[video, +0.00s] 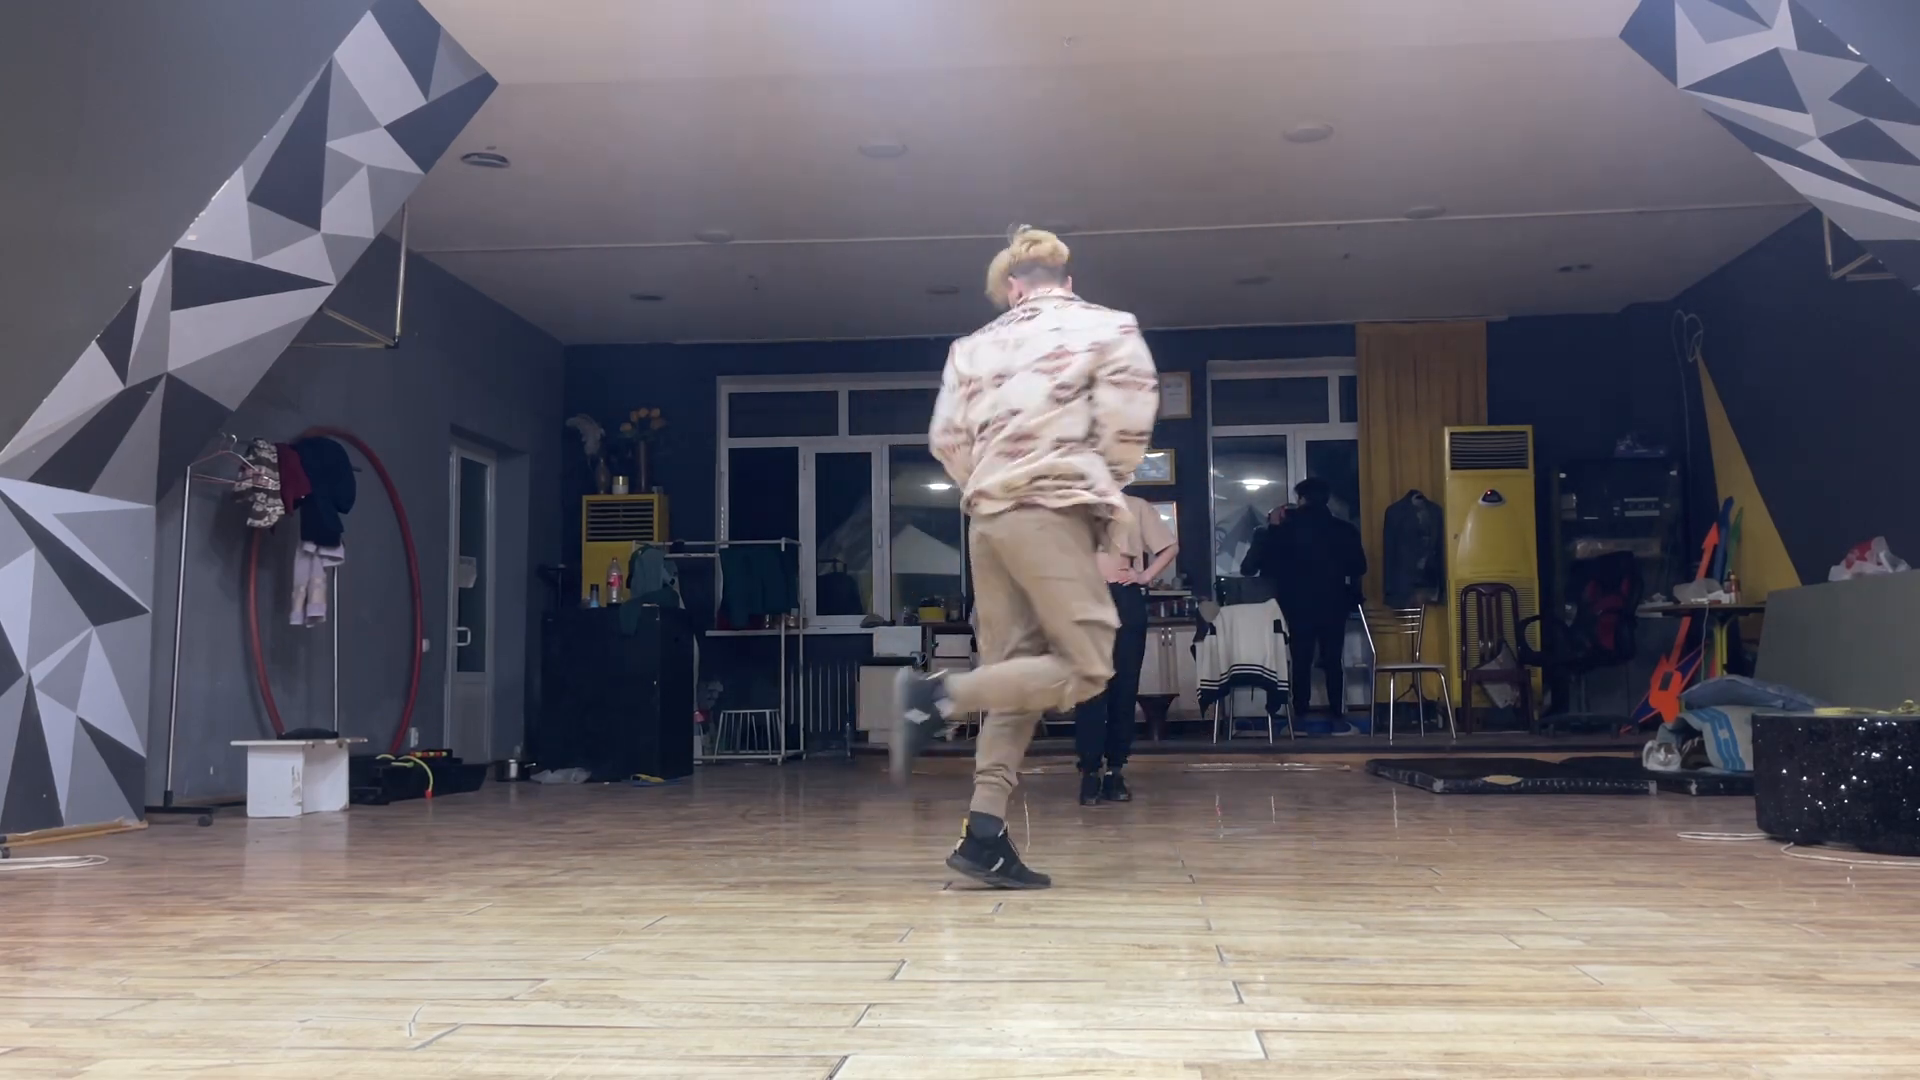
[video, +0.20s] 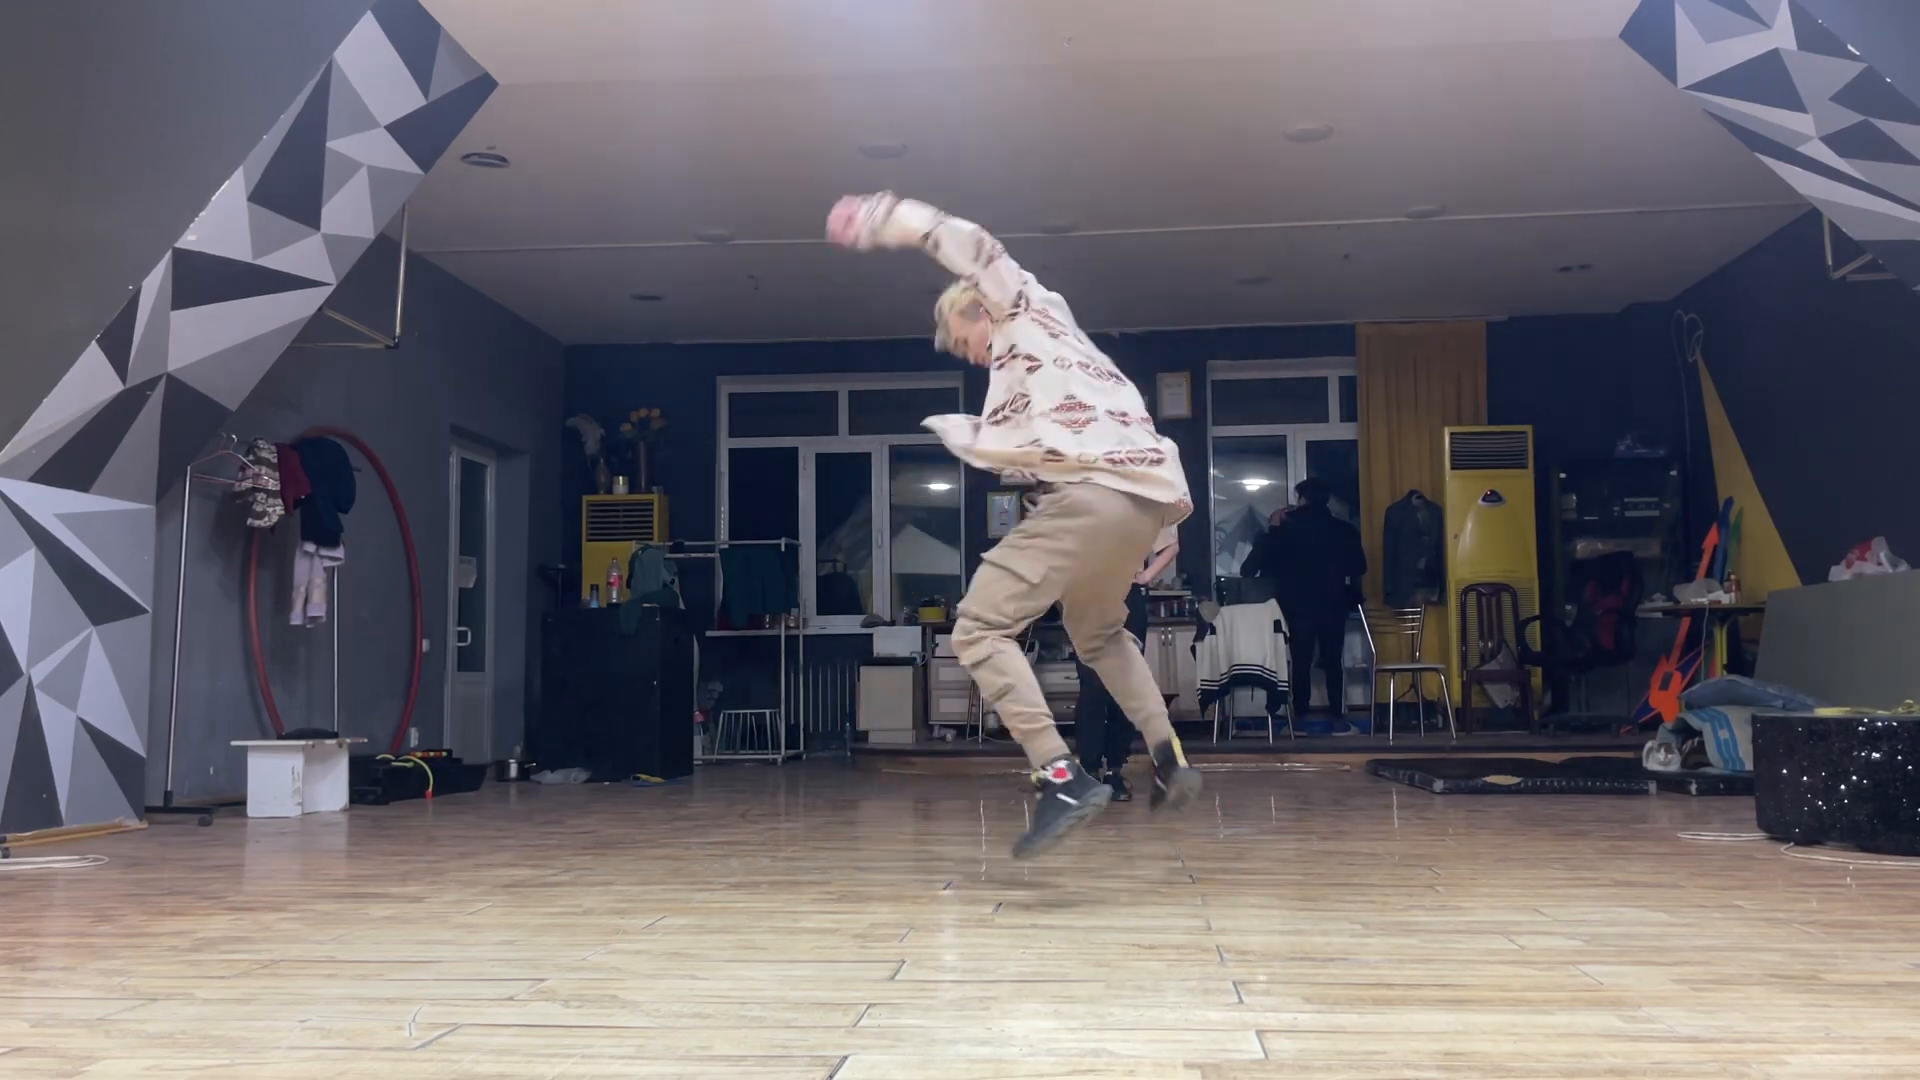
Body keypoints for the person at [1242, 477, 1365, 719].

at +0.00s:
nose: (1298, 503)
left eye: (1299, 499)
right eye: (1301, 499)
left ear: (1301, 500)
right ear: (1327, 500)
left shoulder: (1286, 528)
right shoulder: (1344, 529)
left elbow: (1250, 567)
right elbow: (1358, 568)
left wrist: (1270, 527)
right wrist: (1355, 597)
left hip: (1298, 605)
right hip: (1333, 604)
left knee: (1300, 661)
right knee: (1333, 661)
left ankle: (1300, 717)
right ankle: (1337, 718)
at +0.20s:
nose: (1298, 502)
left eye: (1299, 498)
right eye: (1300, 498)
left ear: (1302, 499)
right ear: (1327, 499)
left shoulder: (1287, 528)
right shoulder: (1345, 529)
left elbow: (1252, 567)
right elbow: (1358, 568)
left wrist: (1272, 529)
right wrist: (1354, 598)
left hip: (1297, 604)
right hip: (1333, 603)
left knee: (1300, 660)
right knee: (1333, 661)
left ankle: (1300, 716)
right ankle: (1337, 718)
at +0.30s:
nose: (1299, 502)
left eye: (1300, 498)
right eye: (1300, 498)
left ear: (1303, 499)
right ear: (1326, 500)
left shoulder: (1287, 528)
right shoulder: (1345, 529)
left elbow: (1269, 566)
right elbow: (1358, 567)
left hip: (1298, 604)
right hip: (1332, 603)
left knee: (1300, 661)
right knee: (1333, 661)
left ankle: (1299, 718)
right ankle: (1337, 718)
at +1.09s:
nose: (1285, 509)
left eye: (1285, 505)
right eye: (1286, 505)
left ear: (1286, 505)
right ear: (1310, 503)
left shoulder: (1276, 530)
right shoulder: (1330, 526)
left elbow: (1264, 568)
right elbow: (1347, 561)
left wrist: (1277, 592)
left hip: (1294, 605)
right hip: (1328, 603)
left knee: (1299, 663)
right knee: (1331, 662)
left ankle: (1299, 718)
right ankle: (1336, 719)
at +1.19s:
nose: (1282, 510)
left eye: (1282, 506)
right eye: (1282, 506)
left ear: (1284, 506)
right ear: (1307, 503)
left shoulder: (1275, 530)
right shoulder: (1326, 525)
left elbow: (1262, 569)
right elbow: (1342, 560)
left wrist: (1277, 591)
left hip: (1293, 605)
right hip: (1327, 603)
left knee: (1299, 663)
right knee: (1330, 662)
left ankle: (1299, 720)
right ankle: (1336, 719)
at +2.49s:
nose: (1258, 514)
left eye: (1258, 510)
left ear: (1259, 510)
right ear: (1283, 506)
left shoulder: (1255, 532)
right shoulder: (1304, 523)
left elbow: (1240, 568)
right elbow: (1324, 554)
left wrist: (1268, 589)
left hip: (1283, 602)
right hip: (1316, 598)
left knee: (1293, 660)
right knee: (1328, 657)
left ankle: (1297, 717)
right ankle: (1337, 714)